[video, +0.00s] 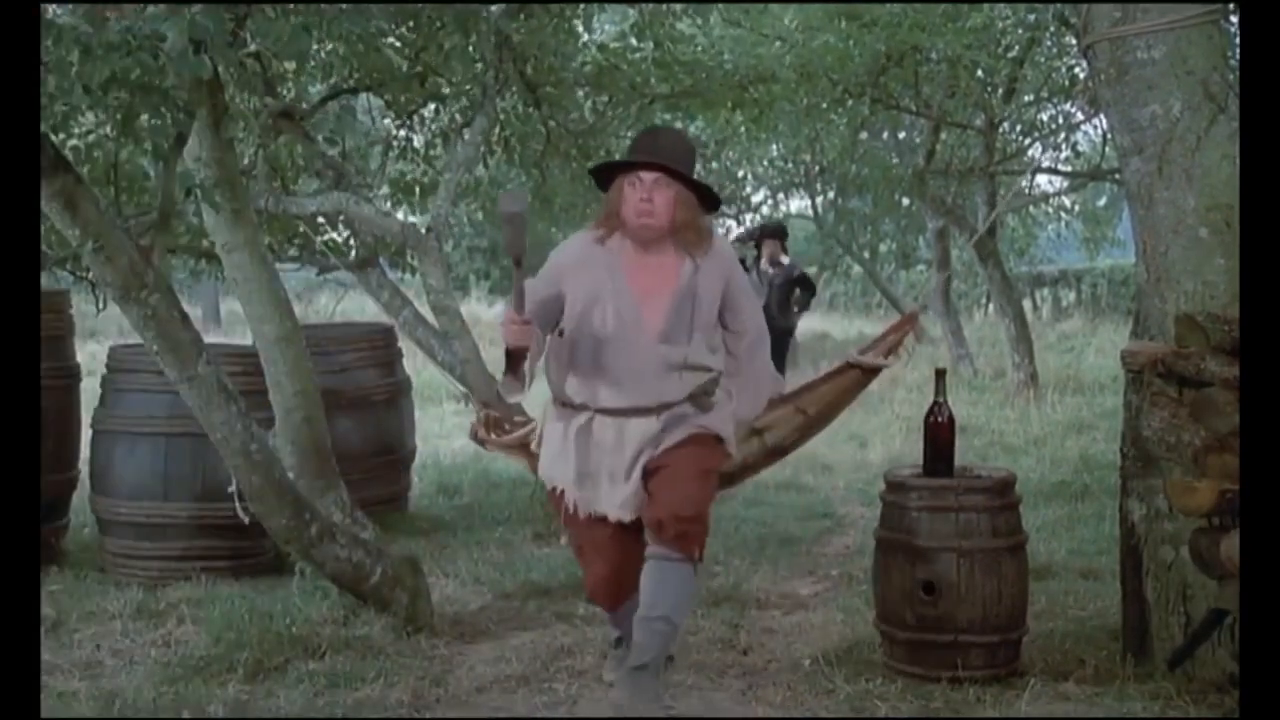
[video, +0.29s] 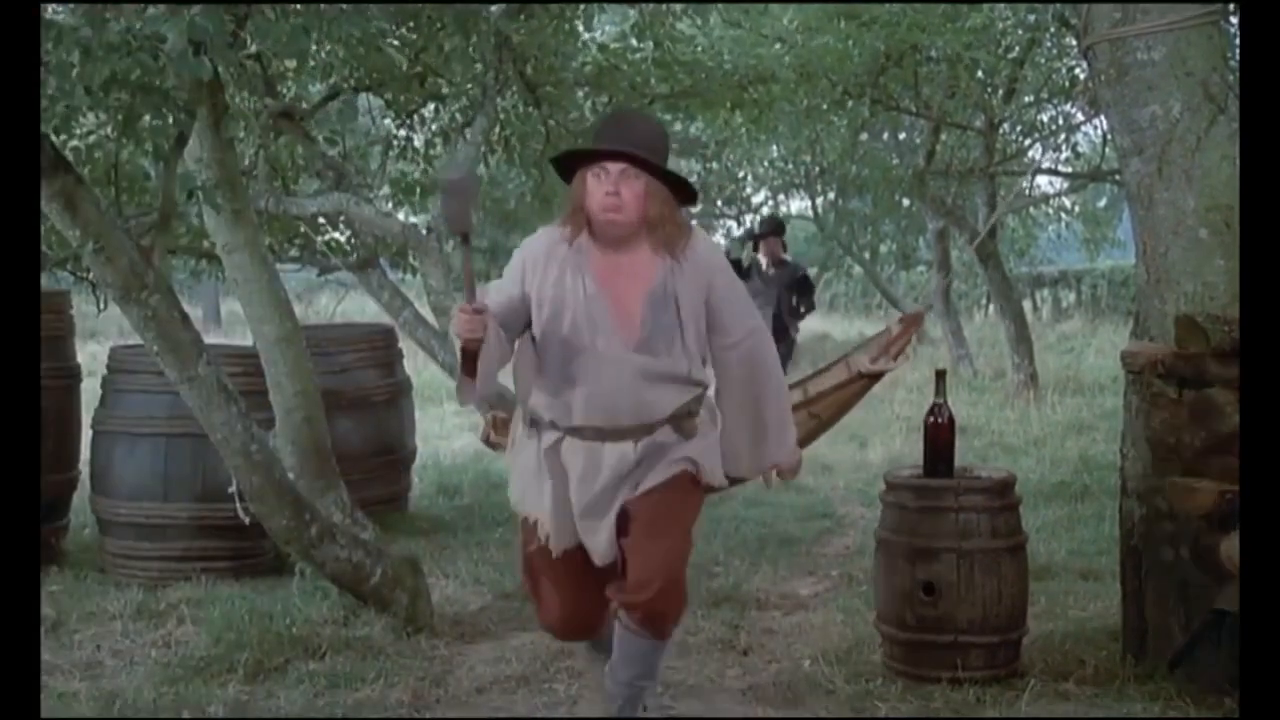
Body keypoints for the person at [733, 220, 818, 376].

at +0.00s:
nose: (768, 250)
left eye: (772, 245)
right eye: (766, 245)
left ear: (780, 245)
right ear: (760, 246)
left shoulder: (790, 270)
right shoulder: (753, 268)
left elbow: (809, 289)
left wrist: (798, 308)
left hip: (781, 324)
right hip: (755, 322)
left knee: (776, 366)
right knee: (755, 364)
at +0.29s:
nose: (768, 248)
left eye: (772, 242)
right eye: (764, 242)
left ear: (780, 243)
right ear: (757, 244)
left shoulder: (793, 272)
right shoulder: (747, 271)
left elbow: (808, 301)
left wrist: (798, 314)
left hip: (783, 334)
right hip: (754, 331)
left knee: (776, 376)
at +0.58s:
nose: (770, 245)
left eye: (776, 239)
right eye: (766, 238)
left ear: (783, 243)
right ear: (756, 241)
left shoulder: (796, 276)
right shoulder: (742, 274)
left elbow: (812, 304)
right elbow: (713, 298)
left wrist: (802, 324)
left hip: (785, 347)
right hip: (752, 346)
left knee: (782, 402)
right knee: (754, 402)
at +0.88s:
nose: (783, 242)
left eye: (788, 236)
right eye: (777, 236)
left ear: (797, 239)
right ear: (765, 240)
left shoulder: (813, 268)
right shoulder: (751, 266)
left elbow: (831, 297)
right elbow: (719, 289)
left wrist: (821, 320)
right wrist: (709, 315)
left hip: (802, 347)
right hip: (766, 347)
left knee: (797, 404)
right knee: (772, 395)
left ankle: (789, 457)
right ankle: (770, 450)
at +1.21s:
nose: (778, 238)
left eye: (786, 230)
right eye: (771, 231)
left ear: (798, 237)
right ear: (759, 236)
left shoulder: (815, 276)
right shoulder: (736, 273)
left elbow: (836, 321)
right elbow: (701, 312)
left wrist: (828, 349)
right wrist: (717, 351)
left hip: (798, 372)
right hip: (750, 371)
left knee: (796, 444)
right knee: (752, 440)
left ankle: (795, 512)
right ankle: (768, 461)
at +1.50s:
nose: (716, 218)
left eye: (725, 210)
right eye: (708, 211)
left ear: (743, 218)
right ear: (696, 218)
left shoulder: (762, 266)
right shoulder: (672, 258)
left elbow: (792, 319)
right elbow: (626, 296)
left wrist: (776, 336)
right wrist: (673, 308)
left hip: (742, 378)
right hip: (687, 379)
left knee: (734, 461)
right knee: (702, 466)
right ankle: (733, 548)